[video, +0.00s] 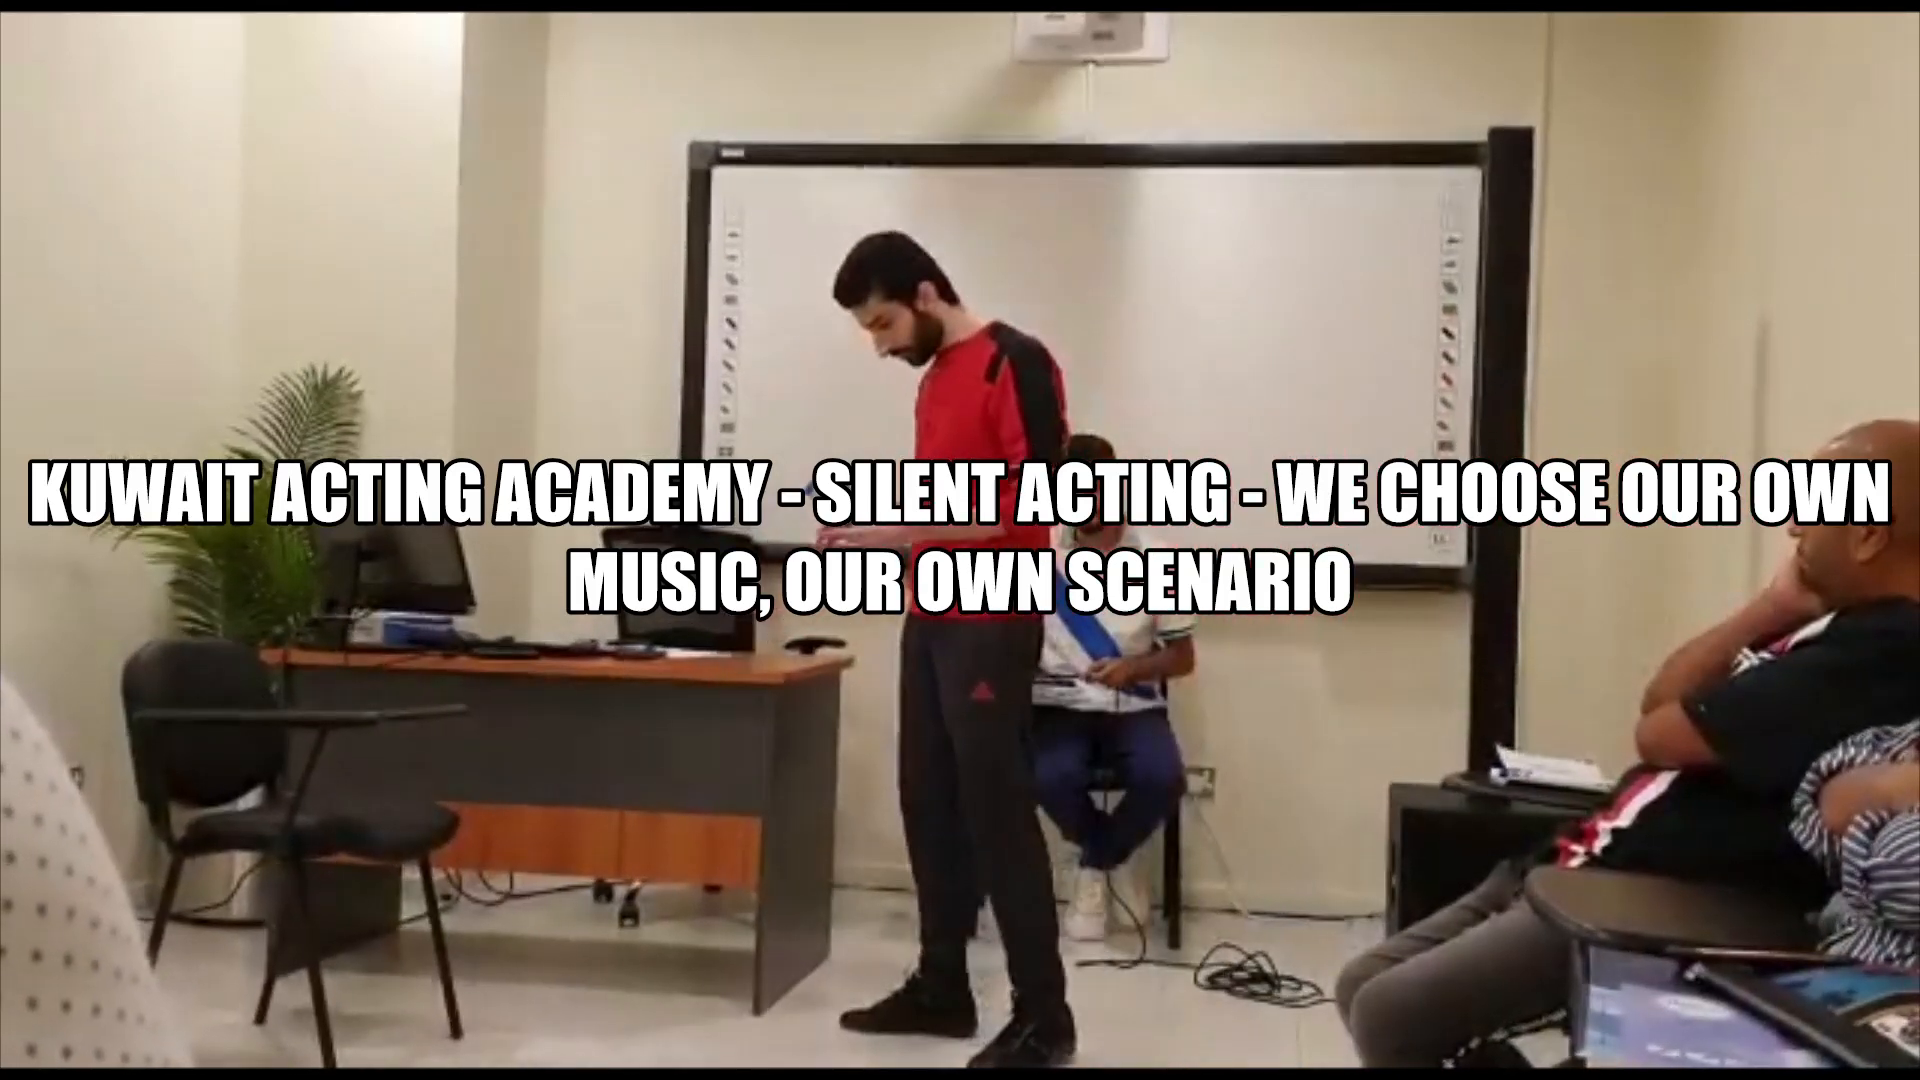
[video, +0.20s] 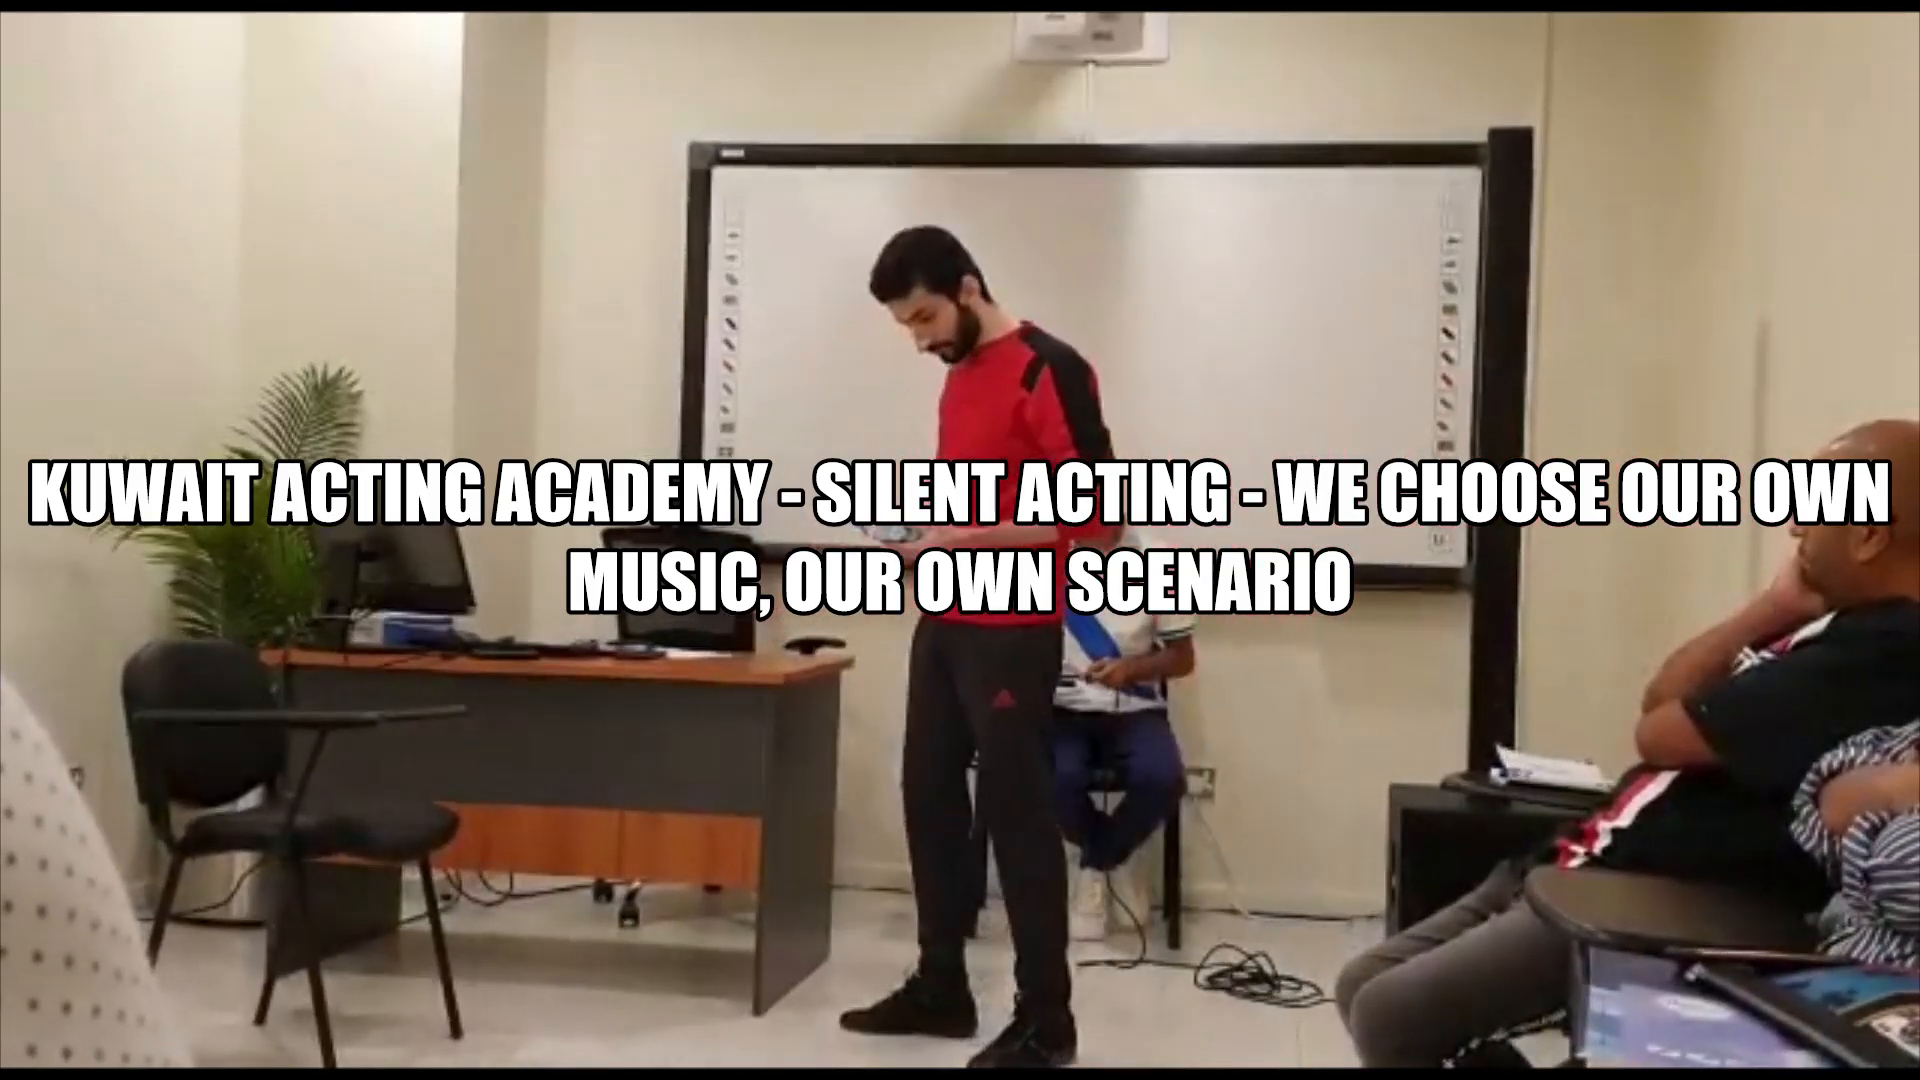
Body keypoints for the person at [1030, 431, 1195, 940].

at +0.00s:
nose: (1096, 519)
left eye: (1105, 505)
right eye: (1083, 506)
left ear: (1121, 502)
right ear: (1062, 508)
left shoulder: (1150, 558)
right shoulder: (1043, 556)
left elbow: (1182, 654)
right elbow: (1014, 634)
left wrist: (1131, 669)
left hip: (1133, 708)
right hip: (1059, 706)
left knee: (1161, 779)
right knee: (1051, 780)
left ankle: (1092, 867)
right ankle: (1113, 860)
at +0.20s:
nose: (1104, 525)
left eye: (1111, 514)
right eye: (1092, 515)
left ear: (1124, 519)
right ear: (1072, 519)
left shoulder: (1151, 562)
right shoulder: (1050, 560)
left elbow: (1182, 657)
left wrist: (1130, 668)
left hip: (1135, 710)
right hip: (1064, 711)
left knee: (1161, 780)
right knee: (1055, 786)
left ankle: (1094, 864)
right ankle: (1115, 854)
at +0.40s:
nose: (1122, 531)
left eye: (1128, 525)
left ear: (1138, 529)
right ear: (1089, 527)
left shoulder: (1157, 573)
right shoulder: (1057, 573)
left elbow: (1183, 657)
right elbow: (1036, 645)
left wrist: (1133, 668)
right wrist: (1075, 668)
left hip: (1139, 714)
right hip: (1073, 713)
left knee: (1162, 778)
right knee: (1051, 780)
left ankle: (1096, 863)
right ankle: (1115, 861)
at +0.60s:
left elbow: (1183, 658)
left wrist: (1130, 669)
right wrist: (1069, 666)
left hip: (1137, 711)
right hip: (1071, 710)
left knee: (1162, 781)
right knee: (1051, 781)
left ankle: (1097, 868)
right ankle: (1116, 861)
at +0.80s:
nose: (1126, 530)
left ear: (1139, 535)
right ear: (1083, 528)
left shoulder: (1156, 575)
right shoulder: (1057, 572)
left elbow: (1184, 658)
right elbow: (1034, 648)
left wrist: (1132, 669)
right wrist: (1073, 670)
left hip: (1139, 714)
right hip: (1072, 713)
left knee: (1162, 780)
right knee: (1048, 778)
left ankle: (1096, 868)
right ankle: (1116, 862)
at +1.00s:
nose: (1116, 512)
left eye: (1126, 496)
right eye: (1105, 497)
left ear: (1140, 502)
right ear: (1085, 501)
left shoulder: (1156, 560)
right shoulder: (1062, 560)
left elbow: (1183, 658)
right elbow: (1038, 635)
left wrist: (1131, 669)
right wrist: (1067, 667)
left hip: (1138, 712)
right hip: (1071, 711)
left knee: (1161, 782)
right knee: (1047, 780)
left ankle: (1095, 868)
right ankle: (1116, 861)